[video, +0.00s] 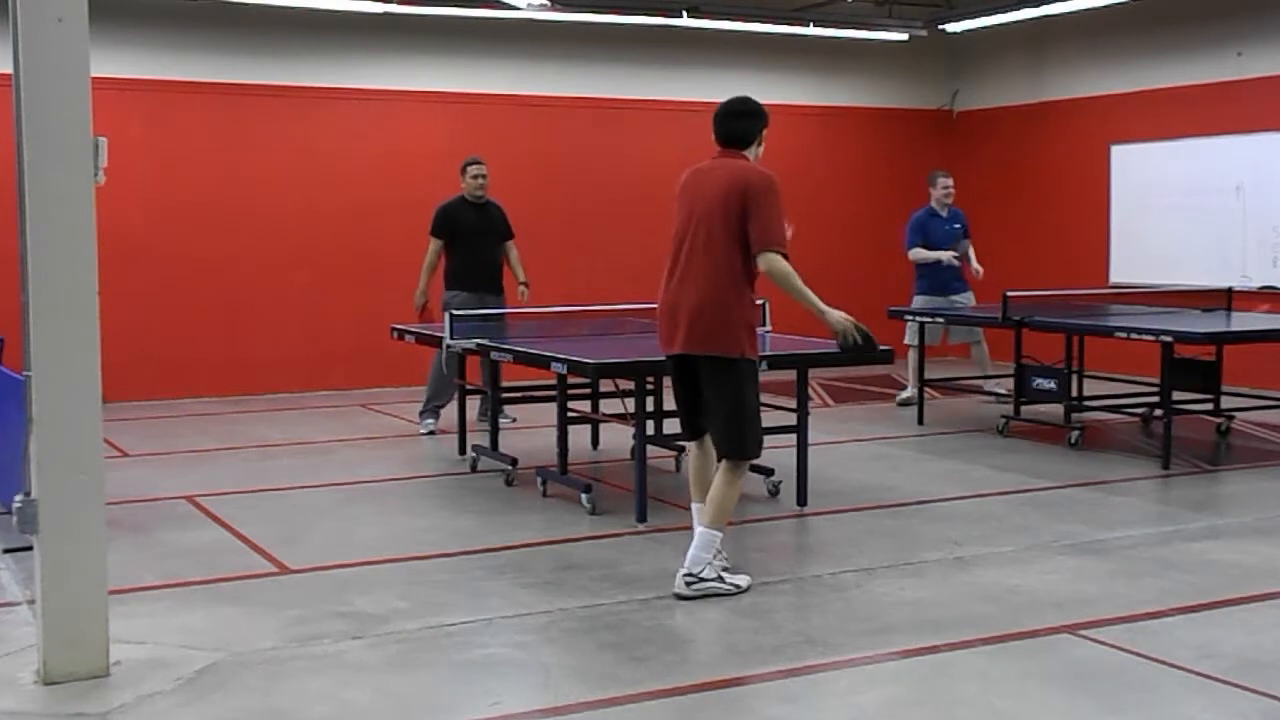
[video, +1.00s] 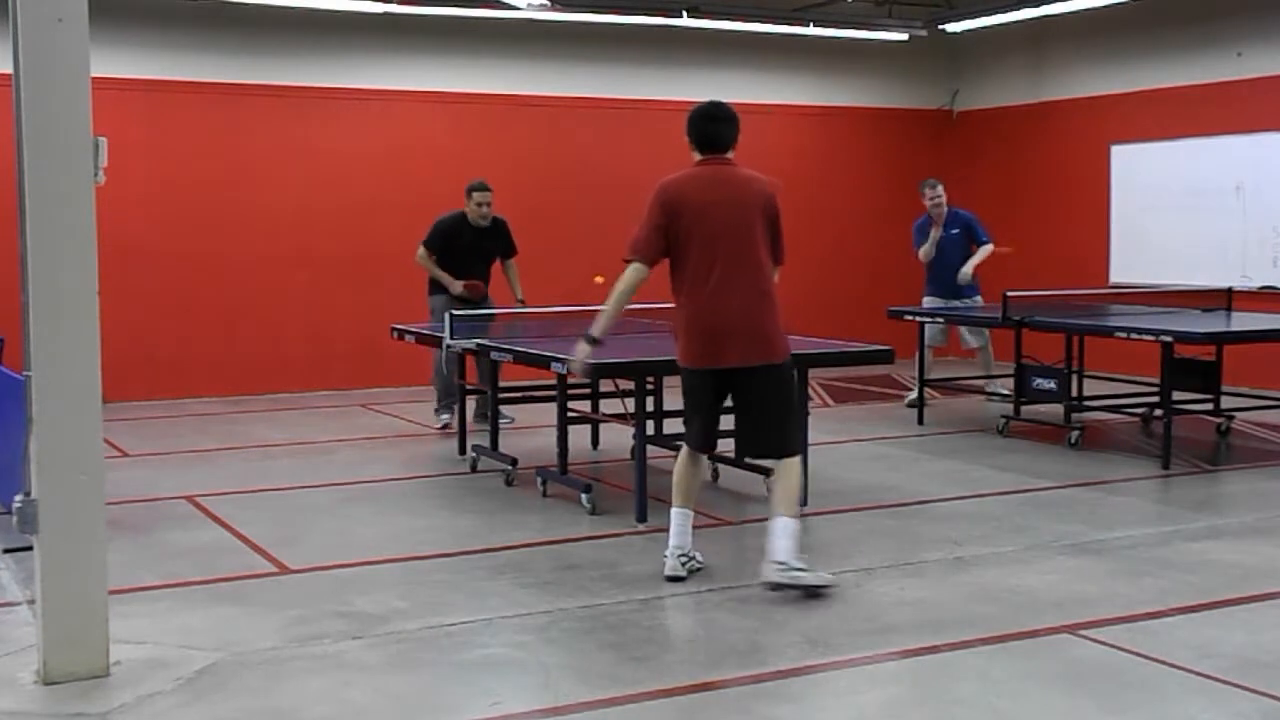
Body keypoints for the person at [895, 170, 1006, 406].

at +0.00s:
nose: (950, 192)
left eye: (952, 188)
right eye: (945, 188)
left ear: (954, 190)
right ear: (932, 191)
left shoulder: (959, 217)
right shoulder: (919, 220)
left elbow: (966, 243)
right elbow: (913, 253)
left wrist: (973, 261)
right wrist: (941, 255)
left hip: (958, 289)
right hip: (927, 292)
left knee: (976, 336)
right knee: (915, 342)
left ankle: (989, 381)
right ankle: (913, 387)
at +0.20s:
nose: (972, 196)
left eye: (973, 191)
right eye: (966, 192)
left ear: (975, 194)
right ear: (953, 195)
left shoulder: (978, 221)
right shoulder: (942, 223)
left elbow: (984, 251)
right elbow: (929, 255)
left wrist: (992, 269)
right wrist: (951, 263)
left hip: (974, 293)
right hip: (945, 295)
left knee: (989, 340)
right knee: (928, 345)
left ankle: (993, 384)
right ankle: (914, 387)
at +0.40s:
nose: (980, 195)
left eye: (982, 191)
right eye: (975, 191)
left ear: (985, 193)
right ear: (962, 194)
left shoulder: (991, 221)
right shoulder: (950, 221)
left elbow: (1002, 248)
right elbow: (934, 252)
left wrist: (1006, 266)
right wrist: (947, 266)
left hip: (981, 293)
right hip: (951, 293)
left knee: (994, 340)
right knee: (933, 340)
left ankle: (993, 384)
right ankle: (919, 385)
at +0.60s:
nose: (966, 203)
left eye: (969, 199)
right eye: (961, 200)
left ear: (973, 200)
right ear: (951, 202)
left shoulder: (986, 225)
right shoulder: (941, 229)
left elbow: (1008, 249)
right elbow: (923, 258)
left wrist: (1006, 267)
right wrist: (919, 279)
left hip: (982, 298)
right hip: (949, 298)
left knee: (997, 343)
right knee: (934, 344)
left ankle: (993, 385)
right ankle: (920, 389)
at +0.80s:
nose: (942, 209)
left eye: (945, 204)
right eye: (938, 206)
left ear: (954, 202)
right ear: (933, 207)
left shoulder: (974, 225)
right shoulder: (930, 233)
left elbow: (1001, 247)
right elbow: (918, 263)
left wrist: (991, 270)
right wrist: (901, 277)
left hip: (977, 297)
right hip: (944, 298)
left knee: (993, 343)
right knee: (930, 343)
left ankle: (994, 385)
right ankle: (922, 389)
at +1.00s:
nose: (936, 202)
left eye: (939, 197)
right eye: (931, 199)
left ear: (945, 196)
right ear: (924, 202)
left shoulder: (964, 219)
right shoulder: (921, 226)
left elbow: (987, 245)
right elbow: (923, 257)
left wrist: (970, 265)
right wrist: (933, 238)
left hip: (967, 293)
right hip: (936, 294)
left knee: (982, 341)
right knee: (926, 343)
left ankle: (991, 383)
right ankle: (920, 388)